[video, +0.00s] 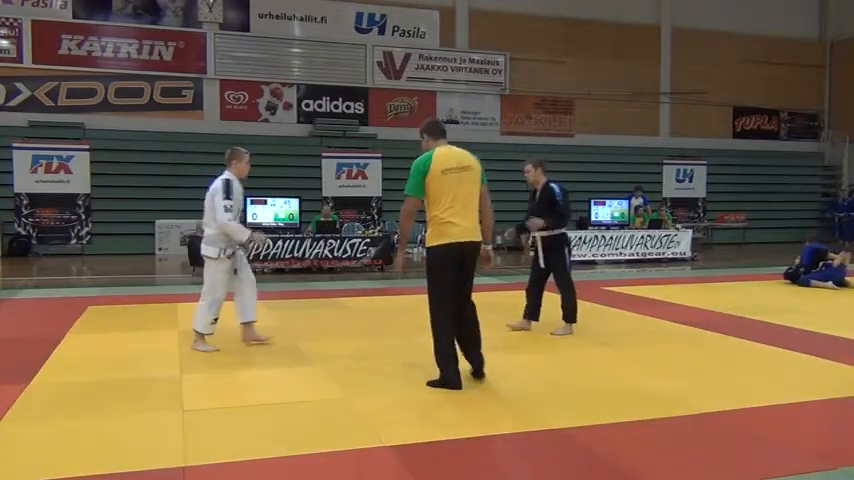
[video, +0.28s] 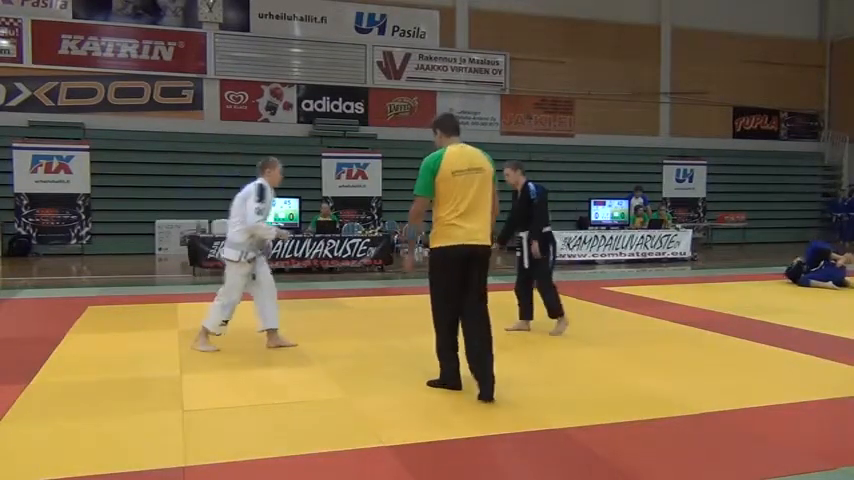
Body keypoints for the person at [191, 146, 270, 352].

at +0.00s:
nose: (249, 168)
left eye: (249, 163)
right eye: (247, 163)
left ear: (235, 164)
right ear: (235, 164)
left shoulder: (233, 185)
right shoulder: (224, 184)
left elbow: (230, 221)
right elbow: (224, 221)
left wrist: (248, 236)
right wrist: (249, 236)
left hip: (232, 247)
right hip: (217, 248)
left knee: (247, 284)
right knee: (213, 292)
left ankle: (248, 330)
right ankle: (199, 338)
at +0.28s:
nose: (281, 175)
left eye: (281, 171)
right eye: (279, 171)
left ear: (267, 171)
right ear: (268, 171)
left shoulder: (263, 191)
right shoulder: (258, 189)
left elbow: (252, 224)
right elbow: (252, 224)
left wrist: (267, 237)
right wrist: (277, 232)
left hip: (254, 253)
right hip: (238, 253)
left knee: (267, 290)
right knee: (230, 295)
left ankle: (273, 335)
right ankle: (202, 336)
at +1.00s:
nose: (347, 172)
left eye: (347, 168)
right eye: (346, 168)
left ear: (326, 166)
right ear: (340, 167)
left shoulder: (310, 187)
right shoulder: (328, 184)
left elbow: (301, 222)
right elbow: (333, 219)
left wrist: (331, 231)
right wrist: (360, 221)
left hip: (307, 248)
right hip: (309, 249)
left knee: (328, 297)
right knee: (325, 297)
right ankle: (312, 350)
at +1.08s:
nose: (354, 175)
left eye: (353, 170)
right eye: (353, 170)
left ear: (335, 169)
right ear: (347, 169)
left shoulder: (319, 187)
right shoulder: (335, 185)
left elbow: (326, 227)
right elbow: (341, 220)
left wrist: (358, 226)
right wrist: (366, 225)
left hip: (312, 248)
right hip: (314, 249)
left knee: (339, 295)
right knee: (335, 297)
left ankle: (344, 345)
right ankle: (314, 347)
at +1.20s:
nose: (359, 184)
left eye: (359, 180)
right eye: (358, 180)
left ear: (341, 179)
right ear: (350, 179)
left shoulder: (325, 197)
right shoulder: (341, 195)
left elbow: (324, 233)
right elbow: (350, 230)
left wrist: (339, 262)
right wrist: (371, 240)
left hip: (315, 255)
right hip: (321, 255)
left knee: (348, 299)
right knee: (346, 302)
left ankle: (350, 350)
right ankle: (321, 354)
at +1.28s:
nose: (359, 187)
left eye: (360, 183)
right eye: (359, 182)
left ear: (341, 181)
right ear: (351, 181)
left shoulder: (325, 199)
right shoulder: (343, 196)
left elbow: (333, 236)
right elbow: (350, 232)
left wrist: (357, 240)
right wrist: (367, 247)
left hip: (312, 257)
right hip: (324, 256)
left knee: (347, 301)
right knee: (345, 304)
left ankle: (349, 350)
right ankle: (323, 358)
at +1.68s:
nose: (352, 181)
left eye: (353, 177)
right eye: (352, 176)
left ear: (331, 171)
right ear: (345, 172)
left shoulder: (307, 193)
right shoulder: (333, 189)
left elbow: (290, 228)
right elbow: (344, 228)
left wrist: (325, 238)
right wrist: (368, 229)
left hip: (300, 255)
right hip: (312, 256)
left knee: (329, 303)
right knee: (319, 312)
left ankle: (334, 352)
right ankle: (305, 375)